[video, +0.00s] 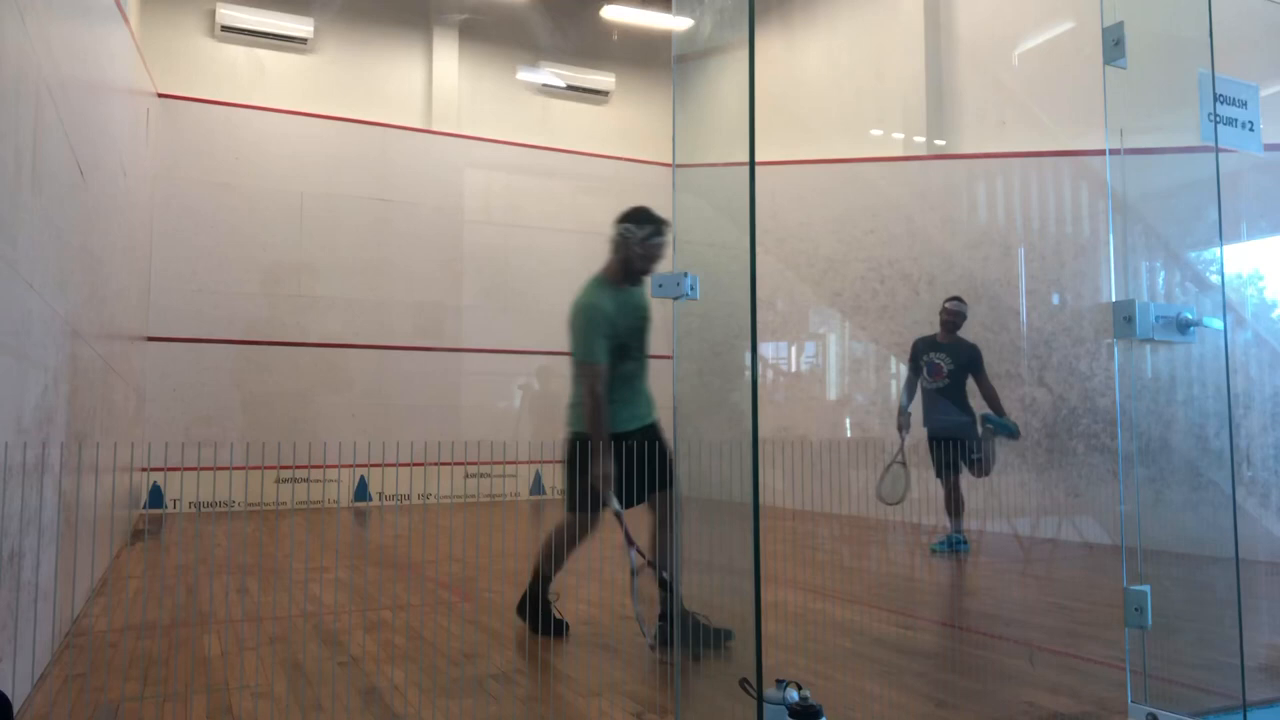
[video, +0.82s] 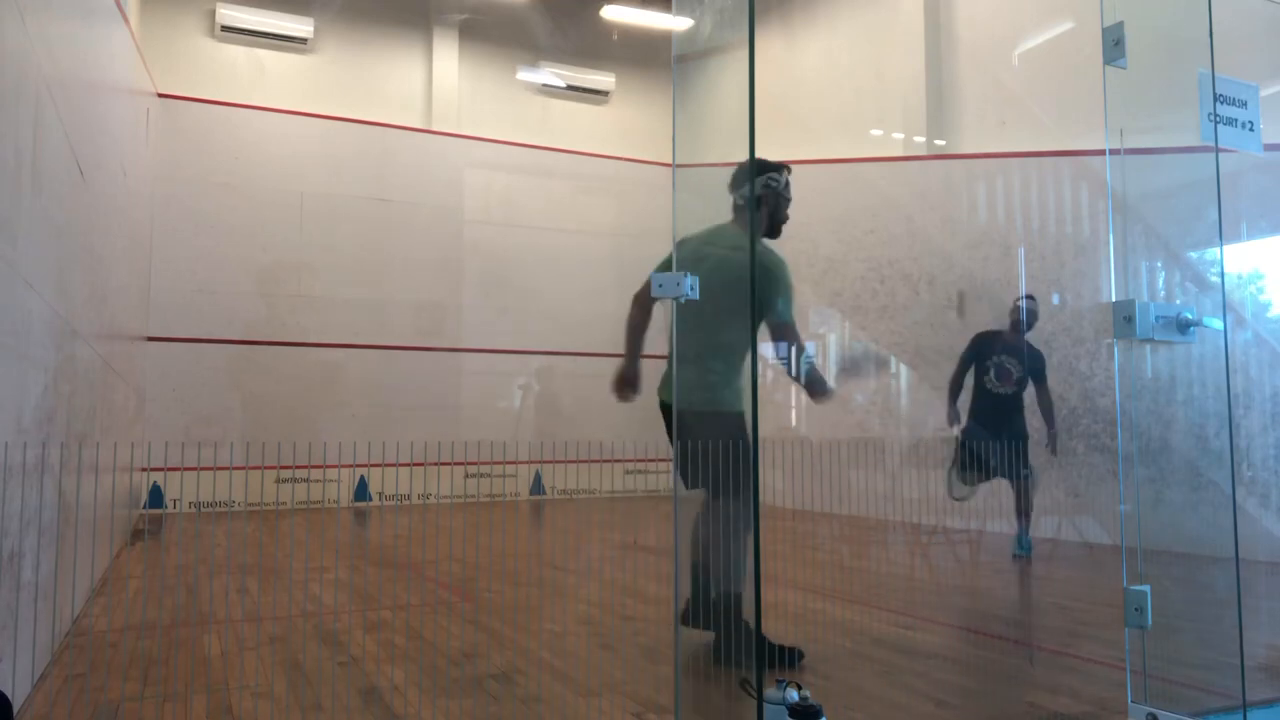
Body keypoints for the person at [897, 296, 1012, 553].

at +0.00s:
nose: (950, 318)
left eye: (957, 315)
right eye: (947, 313)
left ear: (964, 320)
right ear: (939, 314)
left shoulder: (969, 351)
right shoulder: (921, 346)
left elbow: (985, 387)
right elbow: (912, 380)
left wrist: (1004, 420)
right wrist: (903, 410)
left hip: (963, 423)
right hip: (936, 425)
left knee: (980, 470)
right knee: (949, 483)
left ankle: (989, 432)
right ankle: (957, 535)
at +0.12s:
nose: (953, 317)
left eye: (959, 314)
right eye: (950, 311)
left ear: (967, 319)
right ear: (943, 313)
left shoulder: (973, 350)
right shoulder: (924, 346)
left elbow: (986, 387)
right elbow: (913, 380)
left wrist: (1001, 422)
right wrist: (903, 408)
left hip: (968, 422)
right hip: (940, 424)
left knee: (980, 471)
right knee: (950, 480)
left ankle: (1005, 444)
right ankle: (957, 535)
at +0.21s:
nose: (956, 317)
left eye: (963, 313)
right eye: (953, 311)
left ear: (970, 319)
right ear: (946, 313)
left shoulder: (977, 349)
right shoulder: (927, 346)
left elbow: (988, 386)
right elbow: (915, 381)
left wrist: (1002, 421)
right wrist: (907, 412)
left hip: (973, 422)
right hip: (945, 423)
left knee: (982, 471)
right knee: (953, 480)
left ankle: (1017, 474)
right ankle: (957, 536)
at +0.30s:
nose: (959, 316)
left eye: (966, 313)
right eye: (956, 311)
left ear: (974, 319)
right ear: (950, 313)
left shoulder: (981, 348)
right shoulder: (932, 347)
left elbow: (994, 385)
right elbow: (921, 382)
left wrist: (1009, 418)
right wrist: (913, 414)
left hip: (980, 423)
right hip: (950, 424)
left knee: (995, 474)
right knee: (955, 480)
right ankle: (957, 535)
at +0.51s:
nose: (986, 316)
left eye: (991, 312)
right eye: (982, 311)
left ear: (996, 316)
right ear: (971, 313)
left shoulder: (1004, 349)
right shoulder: (952, 349)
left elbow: (1022, 383)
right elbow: (939, 386)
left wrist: (1039, 412)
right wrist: (932, 418)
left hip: (996, 425)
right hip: (964, 423)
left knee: (1011, 483)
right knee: (960, 481)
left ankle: (1022, 538)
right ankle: (958, 535)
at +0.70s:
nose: (1013, 316)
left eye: (1019, 312)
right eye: (1010, 309)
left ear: (1023, 318)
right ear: (1000, 312)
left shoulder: (1027, 353)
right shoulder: (975, 342)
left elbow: (1041, 390)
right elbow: (956, 378)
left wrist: (1052, 423)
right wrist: (949, 411)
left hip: (1009, 423)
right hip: (976, 419)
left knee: (1017, 480)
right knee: (959, 473)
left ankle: (1023, 538)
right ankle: (991, 510)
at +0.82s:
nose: (1022, 318)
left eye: (1029, 315)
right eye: (1019, 311)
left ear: (1034, 321)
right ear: (1011, 312)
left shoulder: (1033, 356)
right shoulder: (983, 341)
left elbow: (1042, 394)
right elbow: (960, 373)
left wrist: (1051, 429)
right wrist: (952, 405)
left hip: (1013, 423)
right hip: (981, 419)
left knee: (1022, 481)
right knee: (968, 479)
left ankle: (1023, 538)